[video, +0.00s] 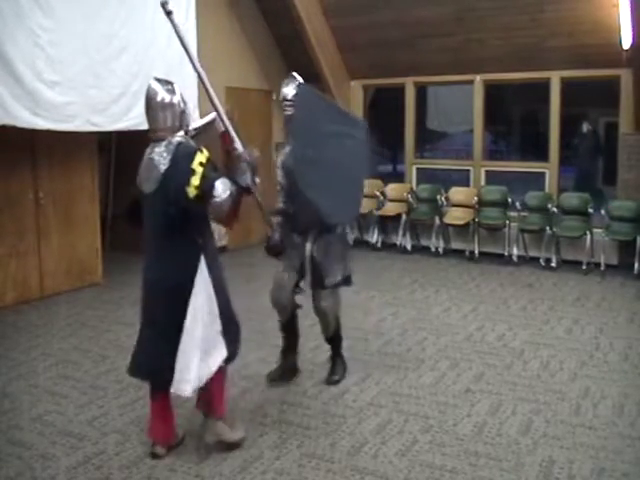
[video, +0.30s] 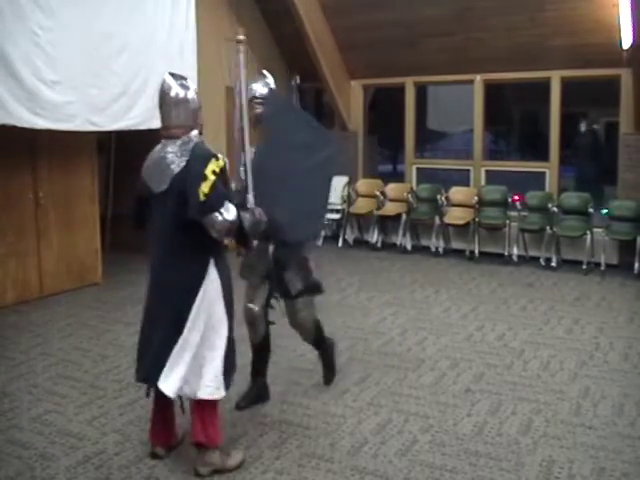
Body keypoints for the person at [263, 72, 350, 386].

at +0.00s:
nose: (288, 113)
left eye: (293, 107)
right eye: (285, 107)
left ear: (308, 111)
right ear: (282, 112)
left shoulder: (331, 150)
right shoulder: (288, 154)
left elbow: (345, 196)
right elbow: (284, 196)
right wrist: (277, 231)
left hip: (328, 232)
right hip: (295, 231)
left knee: (325, 303)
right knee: (281, 296)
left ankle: (337, 357)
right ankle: (289, 360)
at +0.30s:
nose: (256, 112)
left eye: (261, 104)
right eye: (252, 106)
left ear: (276, 108)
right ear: (253, 112)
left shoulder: (299, 151)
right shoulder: (259, 154)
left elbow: (309, 213)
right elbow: (247, 196)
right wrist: (244, 221)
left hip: (290, 243)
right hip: (259, 242)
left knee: (301, 317)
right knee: (253, 312)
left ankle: (324, 347)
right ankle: (258, 383)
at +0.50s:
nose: (239, 101)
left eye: (245, 93)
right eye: (235, 93)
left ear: (260, 96)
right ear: (229, 98)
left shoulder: (287, 139)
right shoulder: (237, 141)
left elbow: (303, 199)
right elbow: (231, 191)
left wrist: (280, 237)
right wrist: (234, 225)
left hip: (281, 236)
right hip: (250, 237)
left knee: (268, 308)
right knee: (249, 310)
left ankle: (278, 376)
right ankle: (257, 380)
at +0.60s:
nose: (234, 99)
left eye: (241, 92)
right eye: (229, 91)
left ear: (253, 97)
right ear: (218, 96)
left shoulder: (268, 139)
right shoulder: (208, 141)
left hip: (258, 239)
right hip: (213, 241)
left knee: (253, 315)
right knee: (218, 318)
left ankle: (254, 388)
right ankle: (221, 390)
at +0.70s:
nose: (239, 109)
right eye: (234, 103)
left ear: (192, 111)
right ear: (227, 112)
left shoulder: (173, 160)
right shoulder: (228, 162)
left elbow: (159, 221)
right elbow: (245, 228)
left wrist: (172, 257)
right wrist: (267, 253)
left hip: (181, 273)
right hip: (217, 277)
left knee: (198, 349)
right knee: (215, 355)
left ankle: (201, 428)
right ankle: (210, 449)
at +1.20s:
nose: (245, 119)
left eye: (237, 115)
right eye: (248, 114)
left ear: (222, 119)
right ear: (256, 117)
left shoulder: (209, 163)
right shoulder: (273, 160)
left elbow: (193, 218)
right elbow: (290, 219)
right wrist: (302, 265)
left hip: (224, 267)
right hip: (263, 267)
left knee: (233, 346)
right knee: (255, 345)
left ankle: (249, 432)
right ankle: (224, 429)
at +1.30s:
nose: (254, 118)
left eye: (245, 113)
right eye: (258, 112)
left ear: (231, 117)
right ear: (265, 116)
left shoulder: (214, 162)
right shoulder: (284, 159)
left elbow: (201, 226)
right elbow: (306, 219)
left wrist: (201, 272)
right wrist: (311, 267)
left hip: (231, 266)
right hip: (273, 266)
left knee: (238, 342)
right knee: (276, 343)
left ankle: (239, 419)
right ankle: (256, 414)